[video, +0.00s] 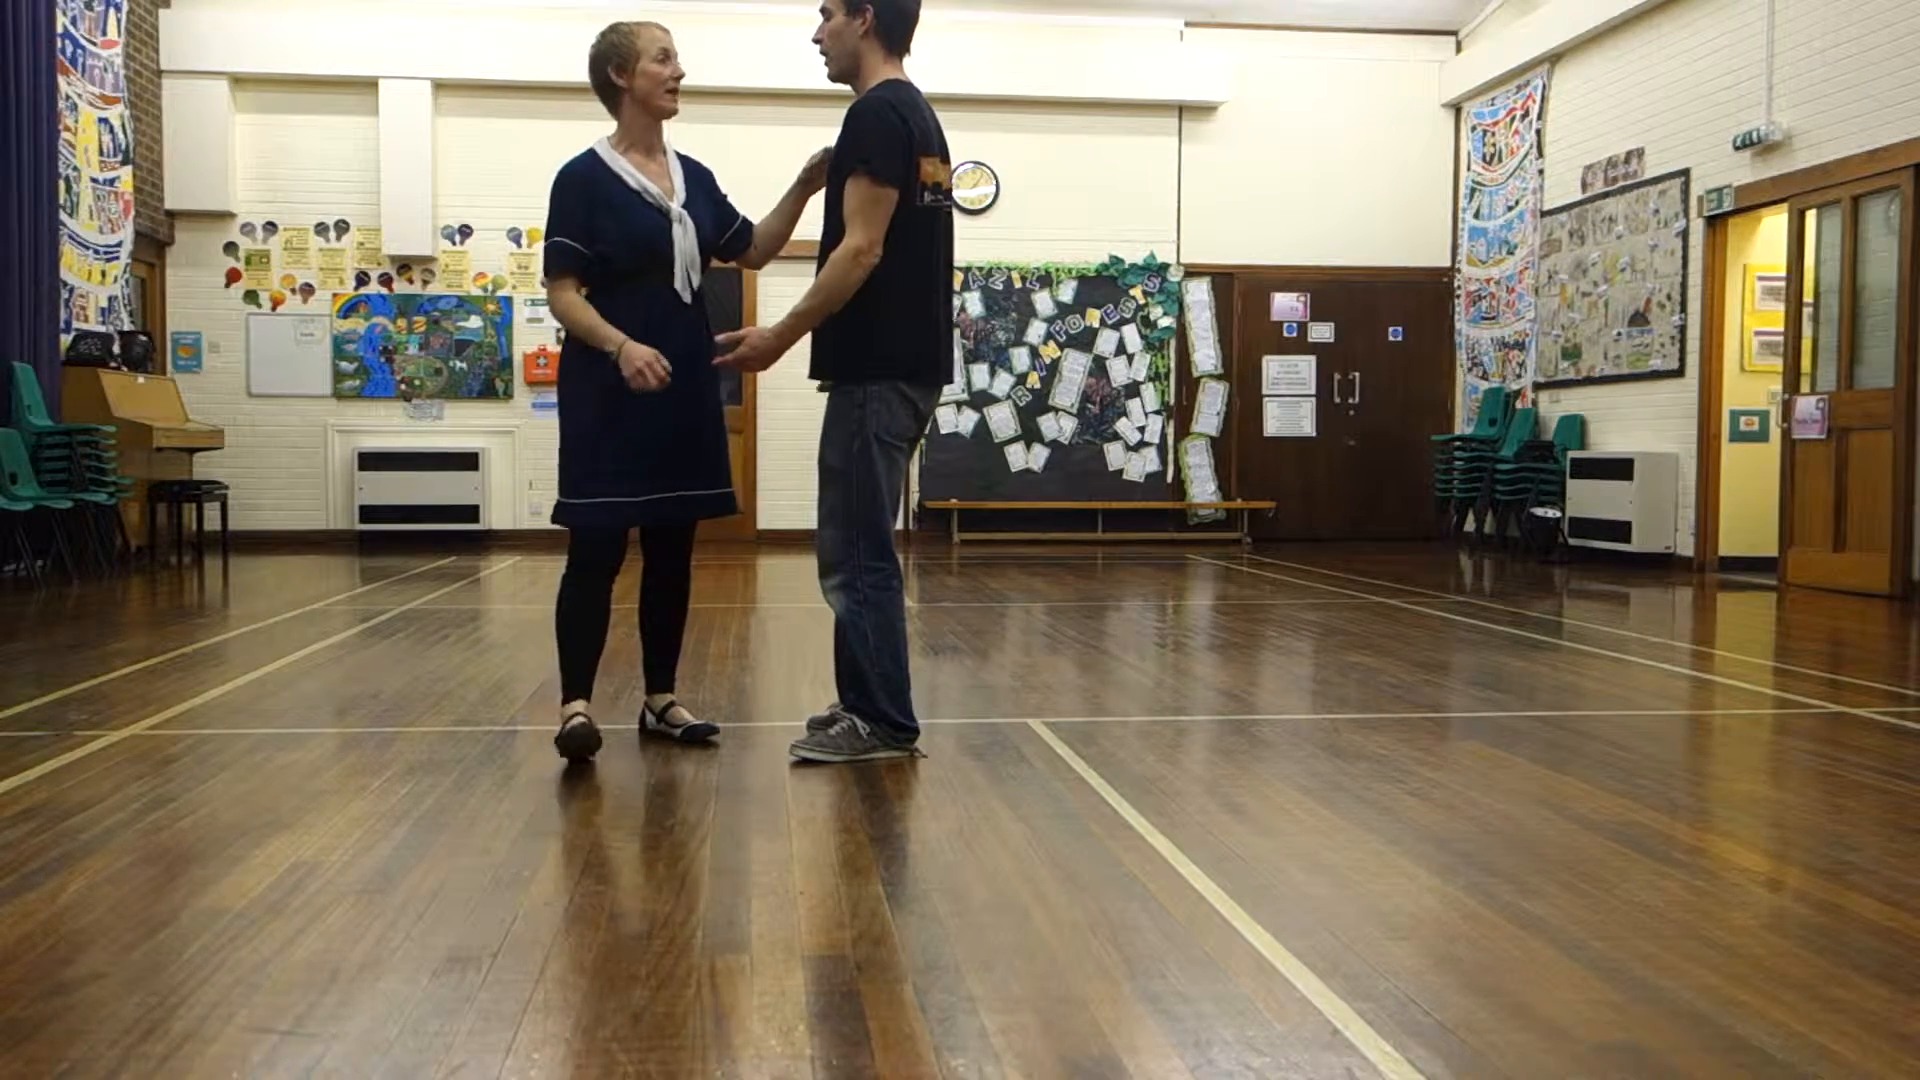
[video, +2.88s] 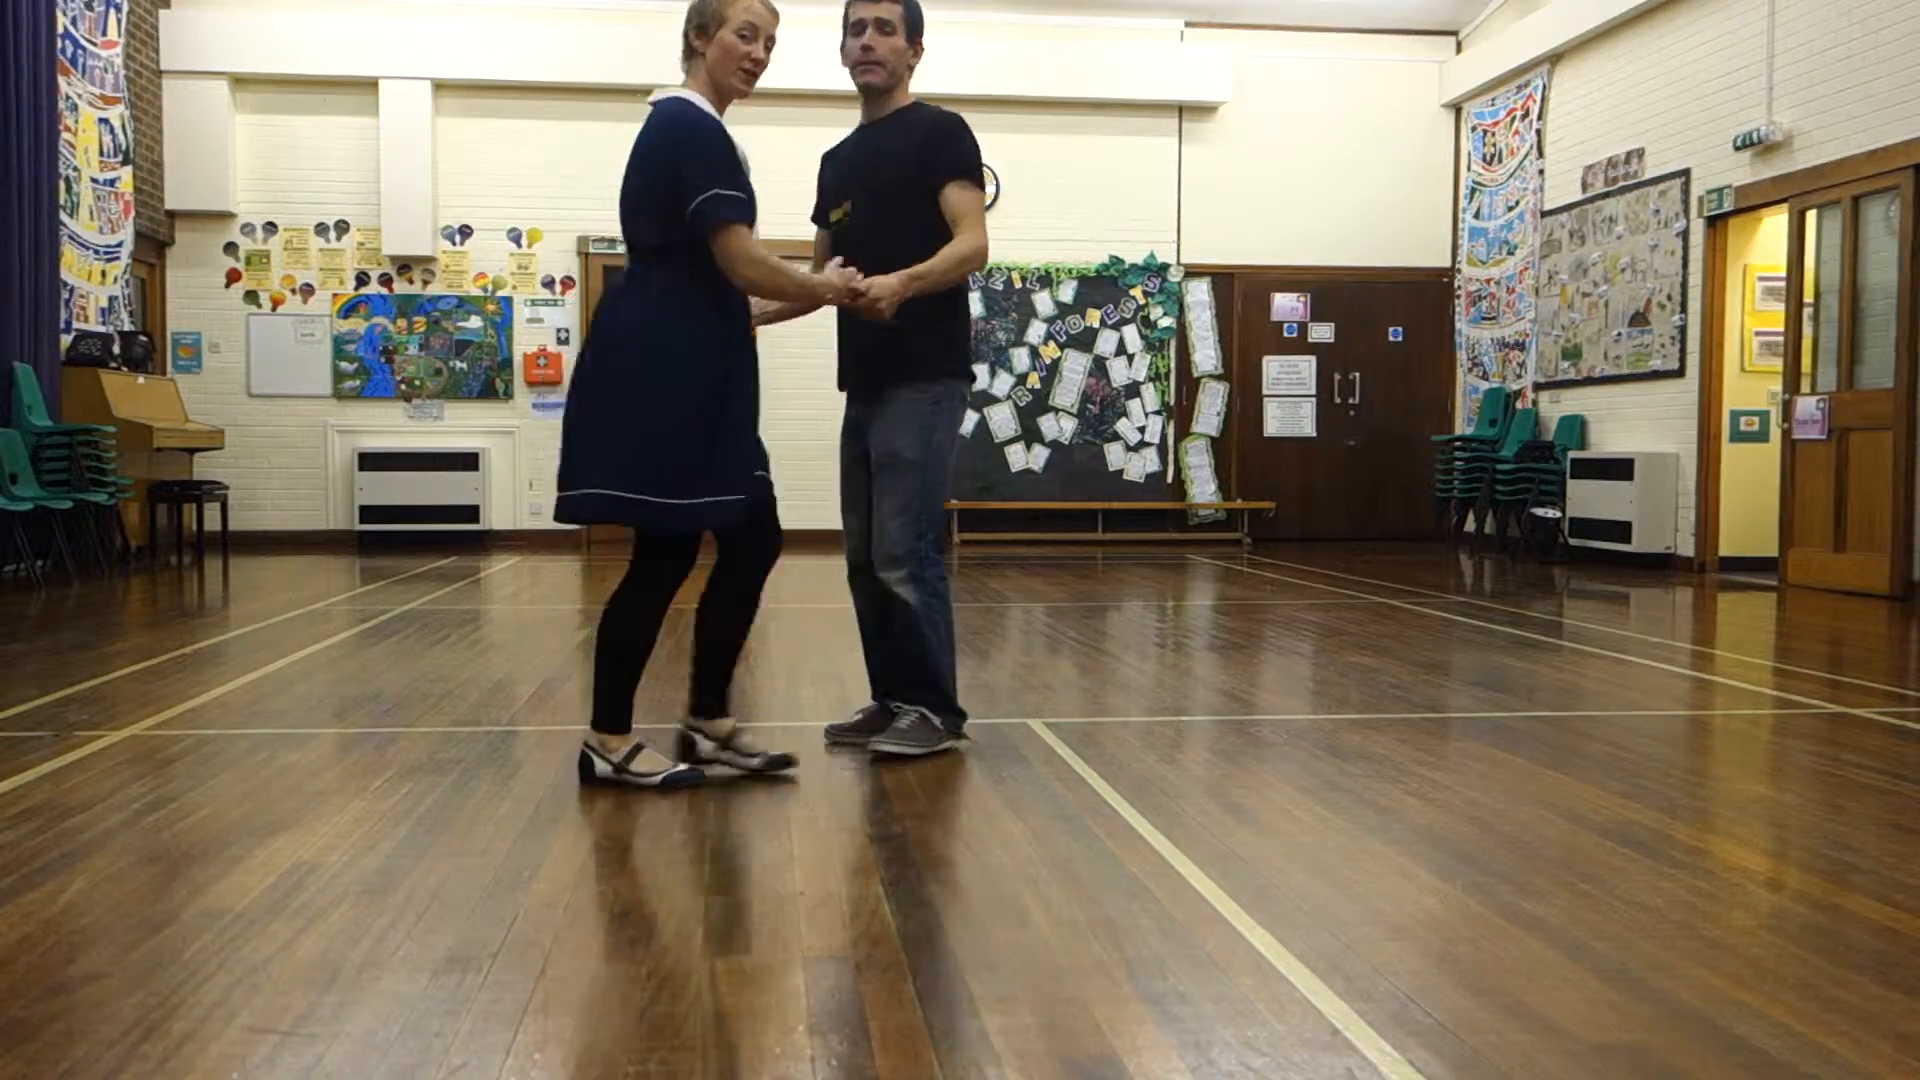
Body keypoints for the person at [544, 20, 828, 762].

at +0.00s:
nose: (679, 71)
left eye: (677, 59)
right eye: (662, 59)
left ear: (659, 77)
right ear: (618, 77)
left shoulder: (691, 175)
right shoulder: (583, 177)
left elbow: (753, 250)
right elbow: (562, 293)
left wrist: (803, 186)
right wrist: (619, 344)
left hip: (685, 397)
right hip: (606, 396)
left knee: (670, 546)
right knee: (596, 551)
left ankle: (661, 702)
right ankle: (577, 707)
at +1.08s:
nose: (647, 62)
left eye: (642, 49)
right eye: (631, 50)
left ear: (607, 67)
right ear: (590, 66)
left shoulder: (609, 155)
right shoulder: (578, 151)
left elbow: (639, 270)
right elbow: (620, 274)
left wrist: (730, 278)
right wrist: (727, 286)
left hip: (627, 384)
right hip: (600, 385)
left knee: (634, 537)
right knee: (622, 538)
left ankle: (595, 702)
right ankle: (591, 714)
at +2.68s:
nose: (717, 68)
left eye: (725, 61)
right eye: (704, 51)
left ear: (721, 77)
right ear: (661, 55)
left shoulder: (675, 152)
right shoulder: (639, 134)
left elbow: (662, 291)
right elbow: (679, 263)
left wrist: (728, 317)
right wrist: (771, 298)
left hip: (663, 385)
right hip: (628, 384)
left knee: (685, 550)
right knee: (654, 552)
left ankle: (602, 685)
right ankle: (610, 741)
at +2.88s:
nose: (760, 53)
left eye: (768, 43)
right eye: (746, 34)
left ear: (763, 56)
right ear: (699, 38)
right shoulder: (688, 124)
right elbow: (738, 258)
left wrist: (804, 295)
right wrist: (822, 286)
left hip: (690, 381)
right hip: (670, 381)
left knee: (755, 540)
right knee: (663, 553)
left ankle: (707, 728)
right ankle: (608, 742)